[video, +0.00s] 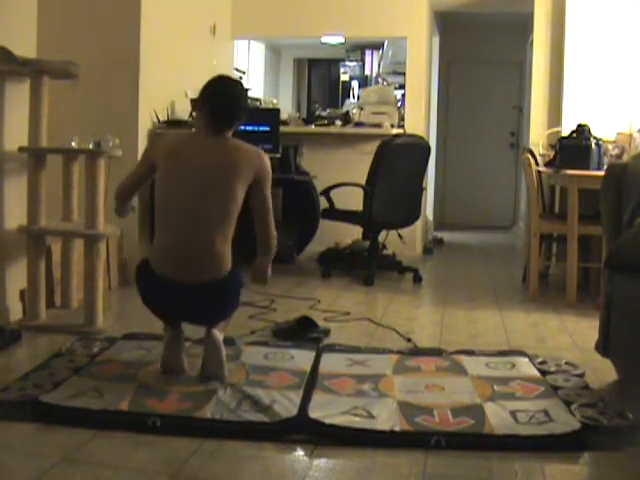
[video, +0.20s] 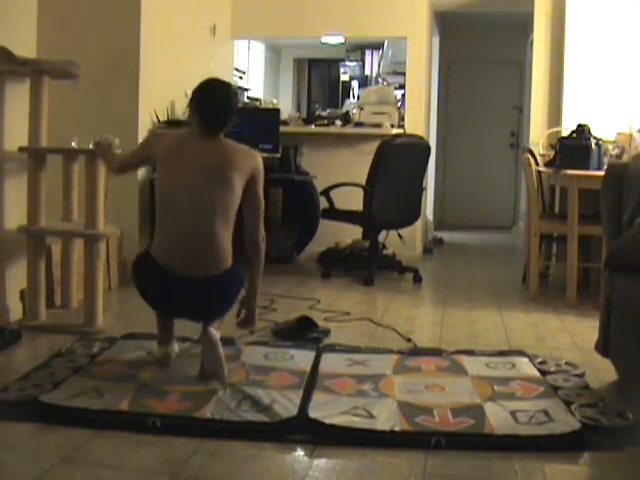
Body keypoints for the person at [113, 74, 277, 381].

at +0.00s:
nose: (194, 106)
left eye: (197, 102)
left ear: (199, 107)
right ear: (238, 117)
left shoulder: (164, 145)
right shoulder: (254, 160)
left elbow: (123, 193)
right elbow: (266, 234)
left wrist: (122, 207)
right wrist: (264, 265)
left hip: (162, 296)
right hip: (214, 300)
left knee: (145, 268)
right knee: (233, 279)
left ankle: (172, 336)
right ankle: (214, 336)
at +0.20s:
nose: (188, 109)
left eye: (190, 104)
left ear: (192, 109)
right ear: (230, 117)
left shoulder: (161, 142)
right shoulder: (248, 159)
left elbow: (118, 166)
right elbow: (254, 241)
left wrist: (105, 151)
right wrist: (251, 299)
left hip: (161, 288)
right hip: (214, 295)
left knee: (146, 260)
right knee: (238, 271)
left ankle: (166, 344)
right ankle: (211, 334)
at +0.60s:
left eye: (189, 113)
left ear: (185, 117)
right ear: (224, 124)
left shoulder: (159, 149)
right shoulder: (241, 163)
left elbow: (117, 154)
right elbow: (256, 238)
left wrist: (107, 140)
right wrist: (253, 278)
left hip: (159, 292)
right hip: (211, 299)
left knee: (144, 265)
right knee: (228, 276)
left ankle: (164, 344)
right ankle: (209, 335)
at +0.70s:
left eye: (188, 110)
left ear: (185, 114)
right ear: (225, 122)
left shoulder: (158, 150)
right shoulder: (242, 162)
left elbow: (113, 165)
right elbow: (259, 232)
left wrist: (118, 138)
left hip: (161, 295)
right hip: (212, 300)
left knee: (150, 257)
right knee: (229, 275)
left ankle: (164, 343)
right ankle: (209, 335)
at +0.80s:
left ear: (183, 112)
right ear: (226, 118)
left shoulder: (157, 149)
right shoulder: (241, 159)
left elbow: (119, 181)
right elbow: (261, 215)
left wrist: (134, 150)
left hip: (162, 297)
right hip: (214, 301)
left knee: (148, 266)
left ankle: (164, 343)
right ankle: (208, 335)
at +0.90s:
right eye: (225, 111)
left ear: (182, 111)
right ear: (225, 118)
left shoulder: (156, 151)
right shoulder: (242, 155)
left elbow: (126, 196)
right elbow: (261, 198)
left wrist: (156, 170)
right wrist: (234, 171)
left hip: (163, 296)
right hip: (216, 301)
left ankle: (164, 345)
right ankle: (209, 335)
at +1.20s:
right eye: (226, 107)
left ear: (183, 112)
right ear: (226, 115)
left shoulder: (158, 153)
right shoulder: (245, 154)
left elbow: (134, 210)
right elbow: (269, 193)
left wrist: (165, 191)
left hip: (165, 302)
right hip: (218, 304)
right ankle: (212, 337)